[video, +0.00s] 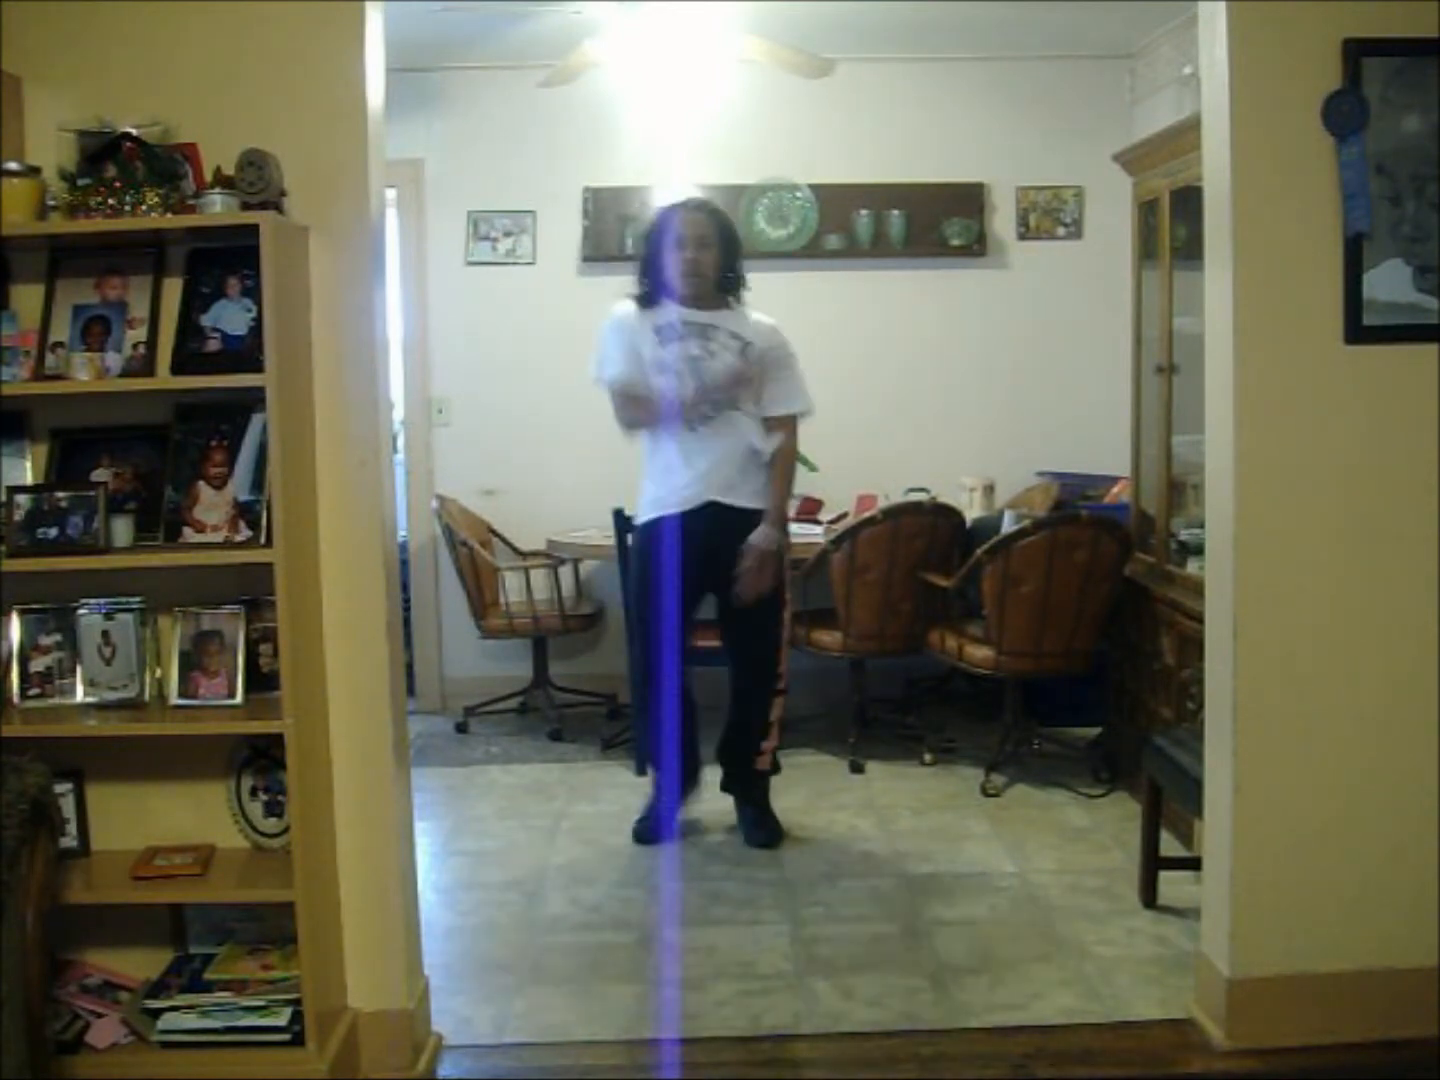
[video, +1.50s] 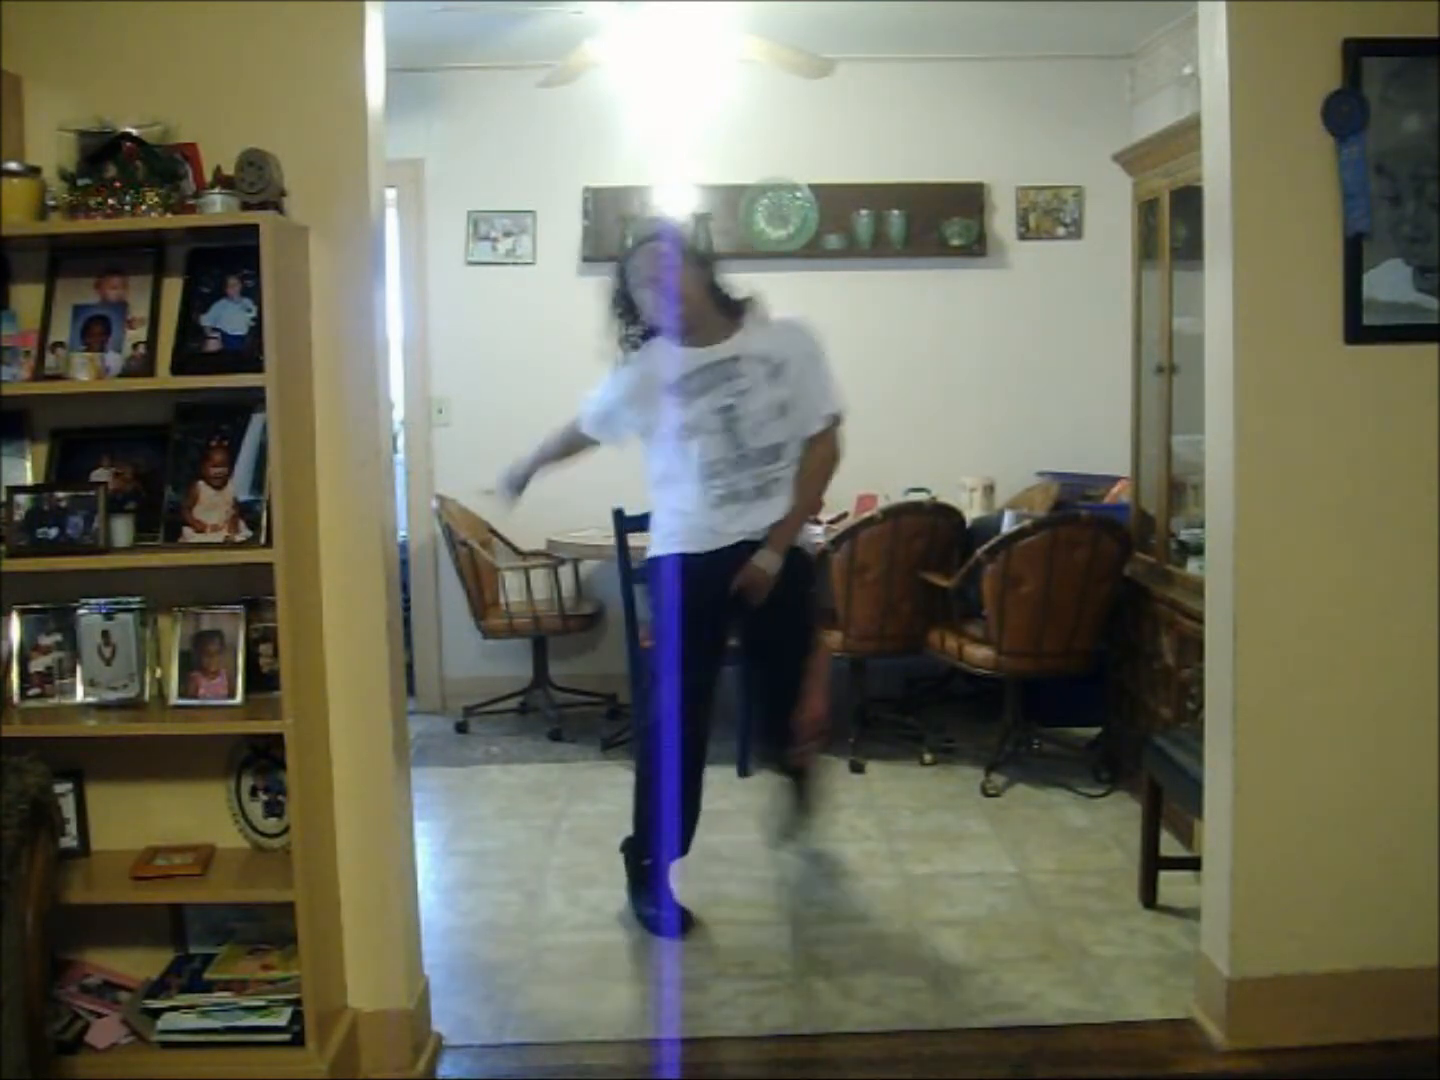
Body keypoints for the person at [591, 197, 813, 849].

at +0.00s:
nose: (690, 256)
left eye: (703, 244)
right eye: (678, 245)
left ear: (725, 255)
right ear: (656, 256)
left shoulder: (761, 336)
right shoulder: (630, 326)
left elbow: (785, 436)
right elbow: (628, 413)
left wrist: (775, 525)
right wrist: (714, 392)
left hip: (748, 511)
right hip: (667, 512)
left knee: (757, 661)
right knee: (657, 657)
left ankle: (751, 787)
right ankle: (670, 785)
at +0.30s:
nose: (705, 273)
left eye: (718, 262)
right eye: (693, 262)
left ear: (741, 269)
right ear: (674, 268)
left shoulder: (780, 338)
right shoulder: (641, 340)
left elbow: (789, 451)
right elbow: (623, 437)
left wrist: (763, 541)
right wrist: (625, 517)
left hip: (756, 519)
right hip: (672, 522)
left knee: (756, 666)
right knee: (669, 674)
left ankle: (755, 796)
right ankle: (649, 832)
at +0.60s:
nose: (687, 244)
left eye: (702, 236)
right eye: (673, 236)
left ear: (724, 259)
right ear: (652, 260)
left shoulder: (759, 347)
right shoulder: (618, 344)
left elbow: (769, 468)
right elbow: (611, 452)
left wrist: (737, 561)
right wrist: (625, 531)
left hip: (734, 537)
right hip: (649, 537)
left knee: (743, 679)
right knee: (660, 700)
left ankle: (750, 788)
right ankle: (652, 864)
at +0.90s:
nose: (623, 275)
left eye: (635, 259)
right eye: (618, 265)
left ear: (676, 258)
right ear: (625, 275)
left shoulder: (755, 346)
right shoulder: (617, 351)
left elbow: (769, 464)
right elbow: (600, 464)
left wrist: (737, 563)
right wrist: (594, 562)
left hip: (731, 543)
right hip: (645, 545)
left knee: (734, 685)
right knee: (661, 698)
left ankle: (738, 783)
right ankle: (651, 863)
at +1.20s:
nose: (607, 289)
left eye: (619, 274)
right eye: (605, 275)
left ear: (663, 272)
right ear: (624, 280)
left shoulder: (753, 348)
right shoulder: (619, 351)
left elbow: (771, 468)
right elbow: (606, 457)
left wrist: (738, 575)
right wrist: (639, 398)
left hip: (736, 545)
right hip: (653, 544)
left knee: (738, 688)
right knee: (662, 706)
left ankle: (738, 782)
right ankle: (650, 865)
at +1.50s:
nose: (661, 288)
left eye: (669, 271)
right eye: (646, 283)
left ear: (704, 270)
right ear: (637, 302)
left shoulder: (784, 343)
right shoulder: (645, 373)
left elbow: (824, 445)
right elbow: (582, 431)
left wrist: (779, 544)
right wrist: (526, 468)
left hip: (777, 549)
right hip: (688, 556)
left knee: (781, 702)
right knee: (673, 719)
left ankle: (794, 764)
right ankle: (651, 872)